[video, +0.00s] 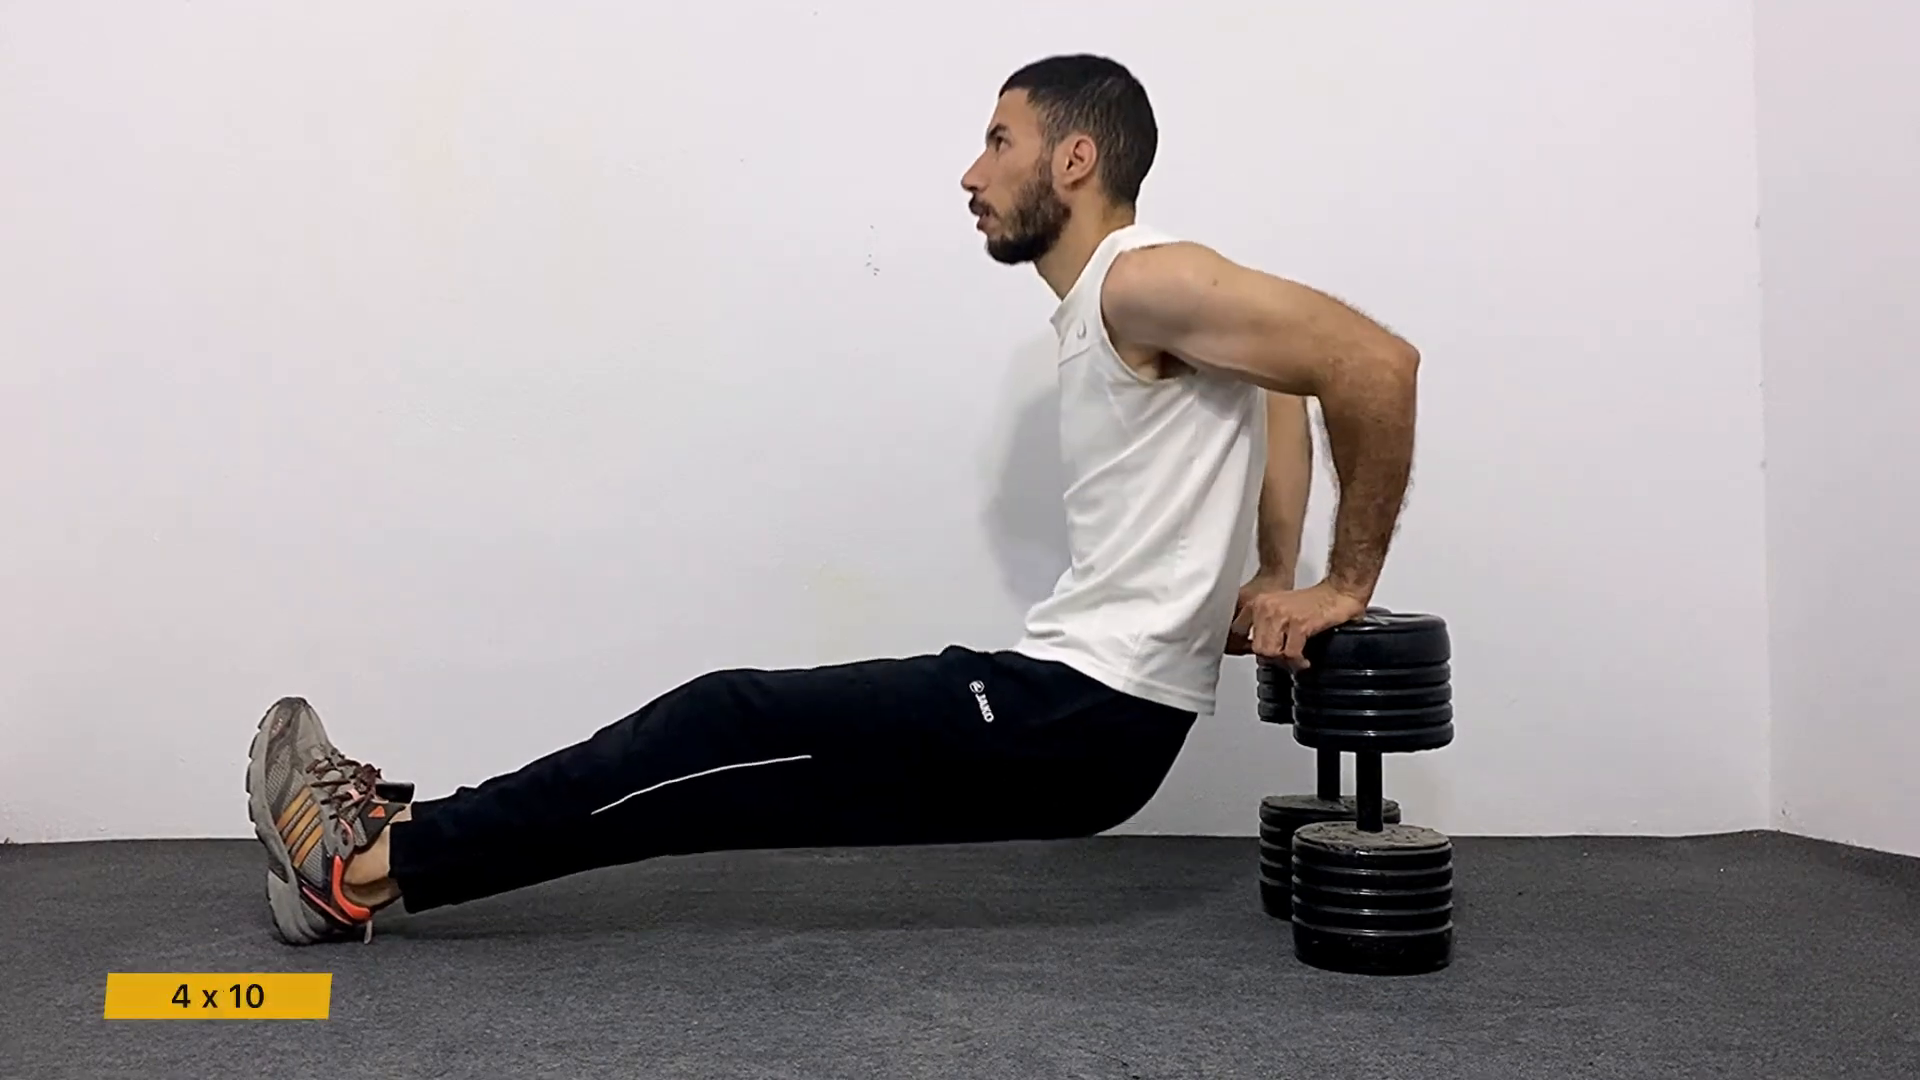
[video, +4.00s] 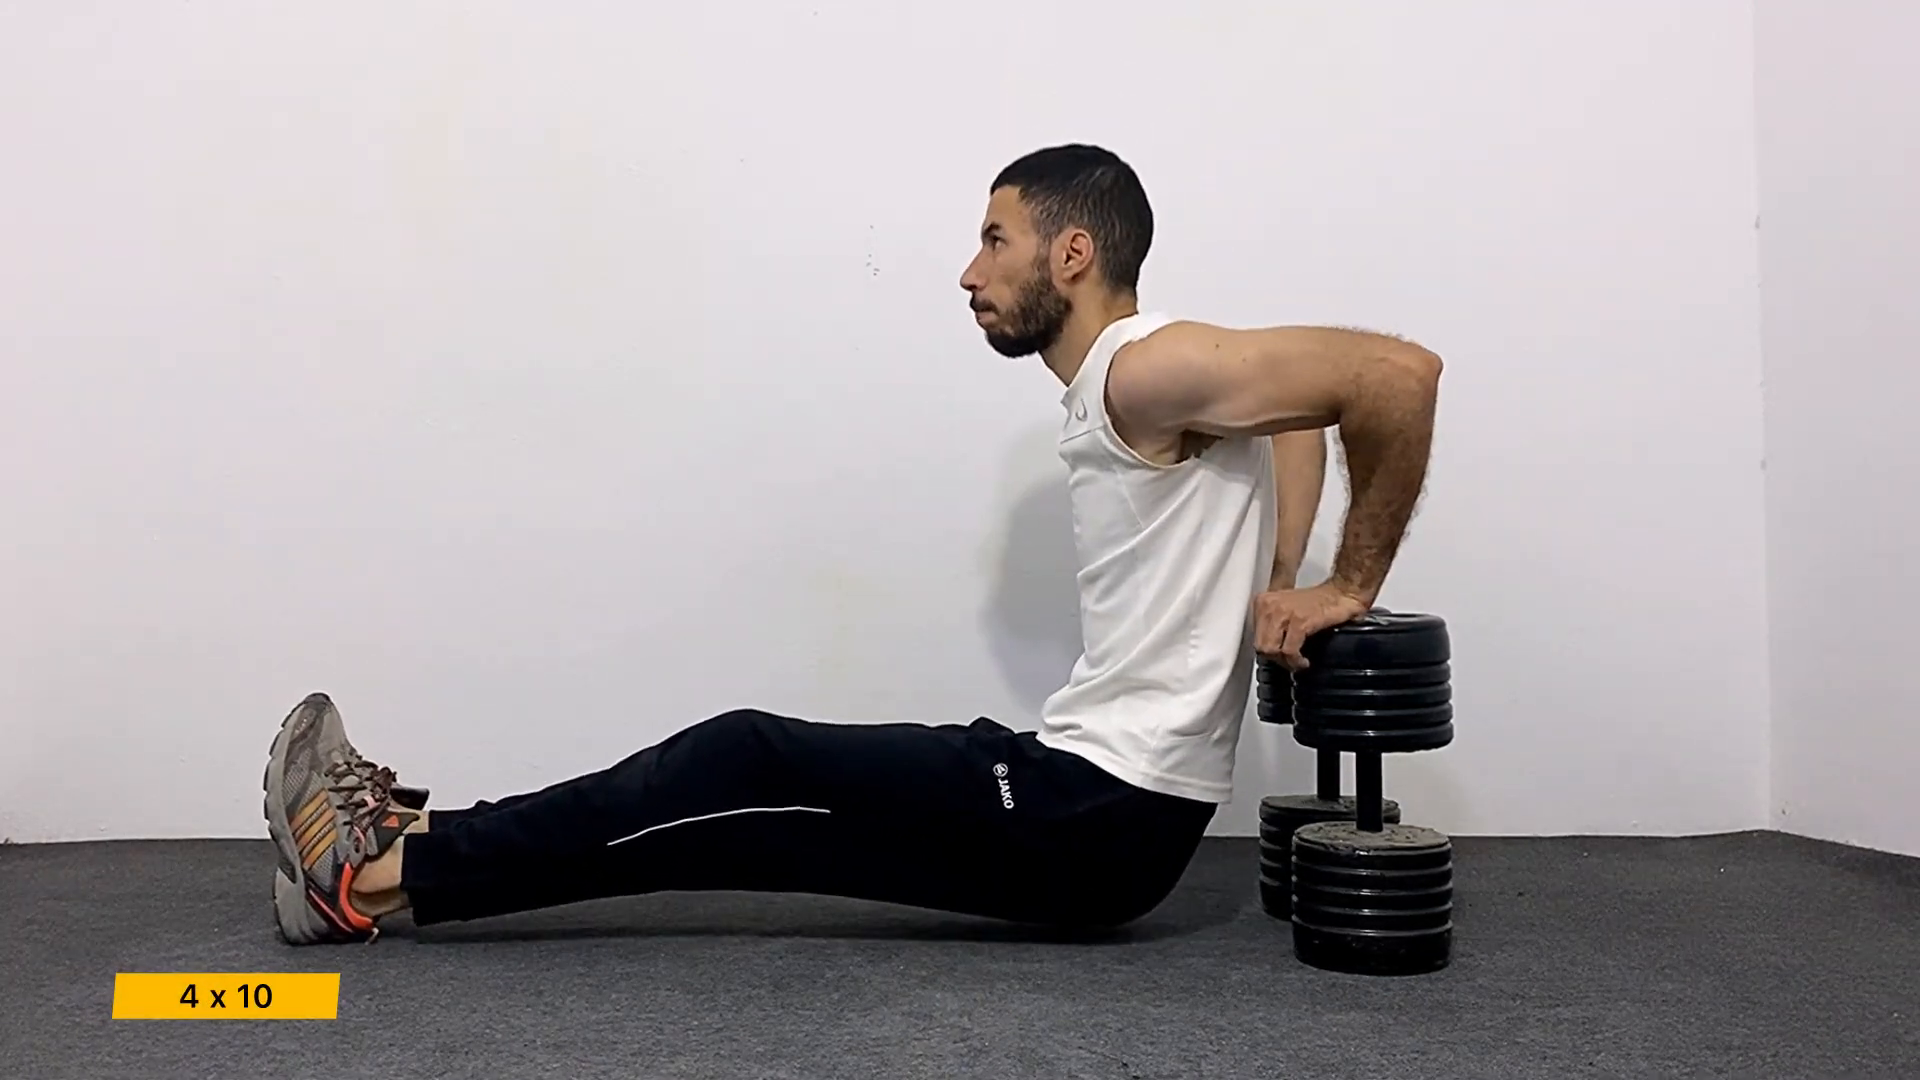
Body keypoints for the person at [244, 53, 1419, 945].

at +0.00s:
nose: (972, 169)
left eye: (996, 142)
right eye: (981, 142)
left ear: (1080, 158)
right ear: (1081, 164)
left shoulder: (1143, 288)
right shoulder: (1120, 296)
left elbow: (1375, 364)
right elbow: (1288, 382)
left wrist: (1348, 586)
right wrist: (1274, 577)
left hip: (1087, 710)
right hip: (1072, 699)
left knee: (721, 725)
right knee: (717, 740)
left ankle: (381, 868)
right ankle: (403, 844)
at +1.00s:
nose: (976, 81)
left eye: (998, 50)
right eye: (983, 53)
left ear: (1080, 54)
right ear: (1076, 54)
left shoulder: (1153, 177)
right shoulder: (1133, 200)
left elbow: (1312, 352)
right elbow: (1251, 387)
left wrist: (1348, 580)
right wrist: (1262, 577)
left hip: (1070, 623)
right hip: (1055, 607)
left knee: (726, 723)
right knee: (722, 703)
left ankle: (381, 873)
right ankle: (407, 841)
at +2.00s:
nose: (964, 248)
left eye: (987, 216)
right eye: (973, 219)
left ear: (1074, 227)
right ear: (1077, 228)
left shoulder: (1136, 345)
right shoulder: (1126, 345)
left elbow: (1391, 375)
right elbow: (1295, 391)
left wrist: (1355, 585)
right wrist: (1279, 575)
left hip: (1097, 776)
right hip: (1078, 760)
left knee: (741, 742)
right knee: (736, 795)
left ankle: (386, 869)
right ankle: (416, 848)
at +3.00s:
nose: (1021, 43)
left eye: (1042, 13)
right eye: (1027, 16)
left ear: (1128, 17)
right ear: (1112, 24)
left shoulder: (1189, 144)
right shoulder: (1146, 168)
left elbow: (1313, 350)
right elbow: (1244, 383)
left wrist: (1346, 579)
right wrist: (1263, 572)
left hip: (1063, 590)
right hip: (1041, 576)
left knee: (721, 714)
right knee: (715, 700)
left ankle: (379, 877)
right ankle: (412, 843)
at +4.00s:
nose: (972, 276)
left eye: (995, 244)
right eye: (980, 246)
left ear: (1078, 251)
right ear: (1083, 253)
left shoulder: (1143, 370)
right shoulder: (1138, 373)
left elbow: (1401, 381)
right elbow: (1300, 412)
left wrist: (1354, 592)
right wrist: (1279, 580)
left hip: (1095, 808)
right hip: (1092, 799)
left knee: (737, 756)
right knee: (726, 821)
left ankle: (381, 873)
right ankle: (417, 848)